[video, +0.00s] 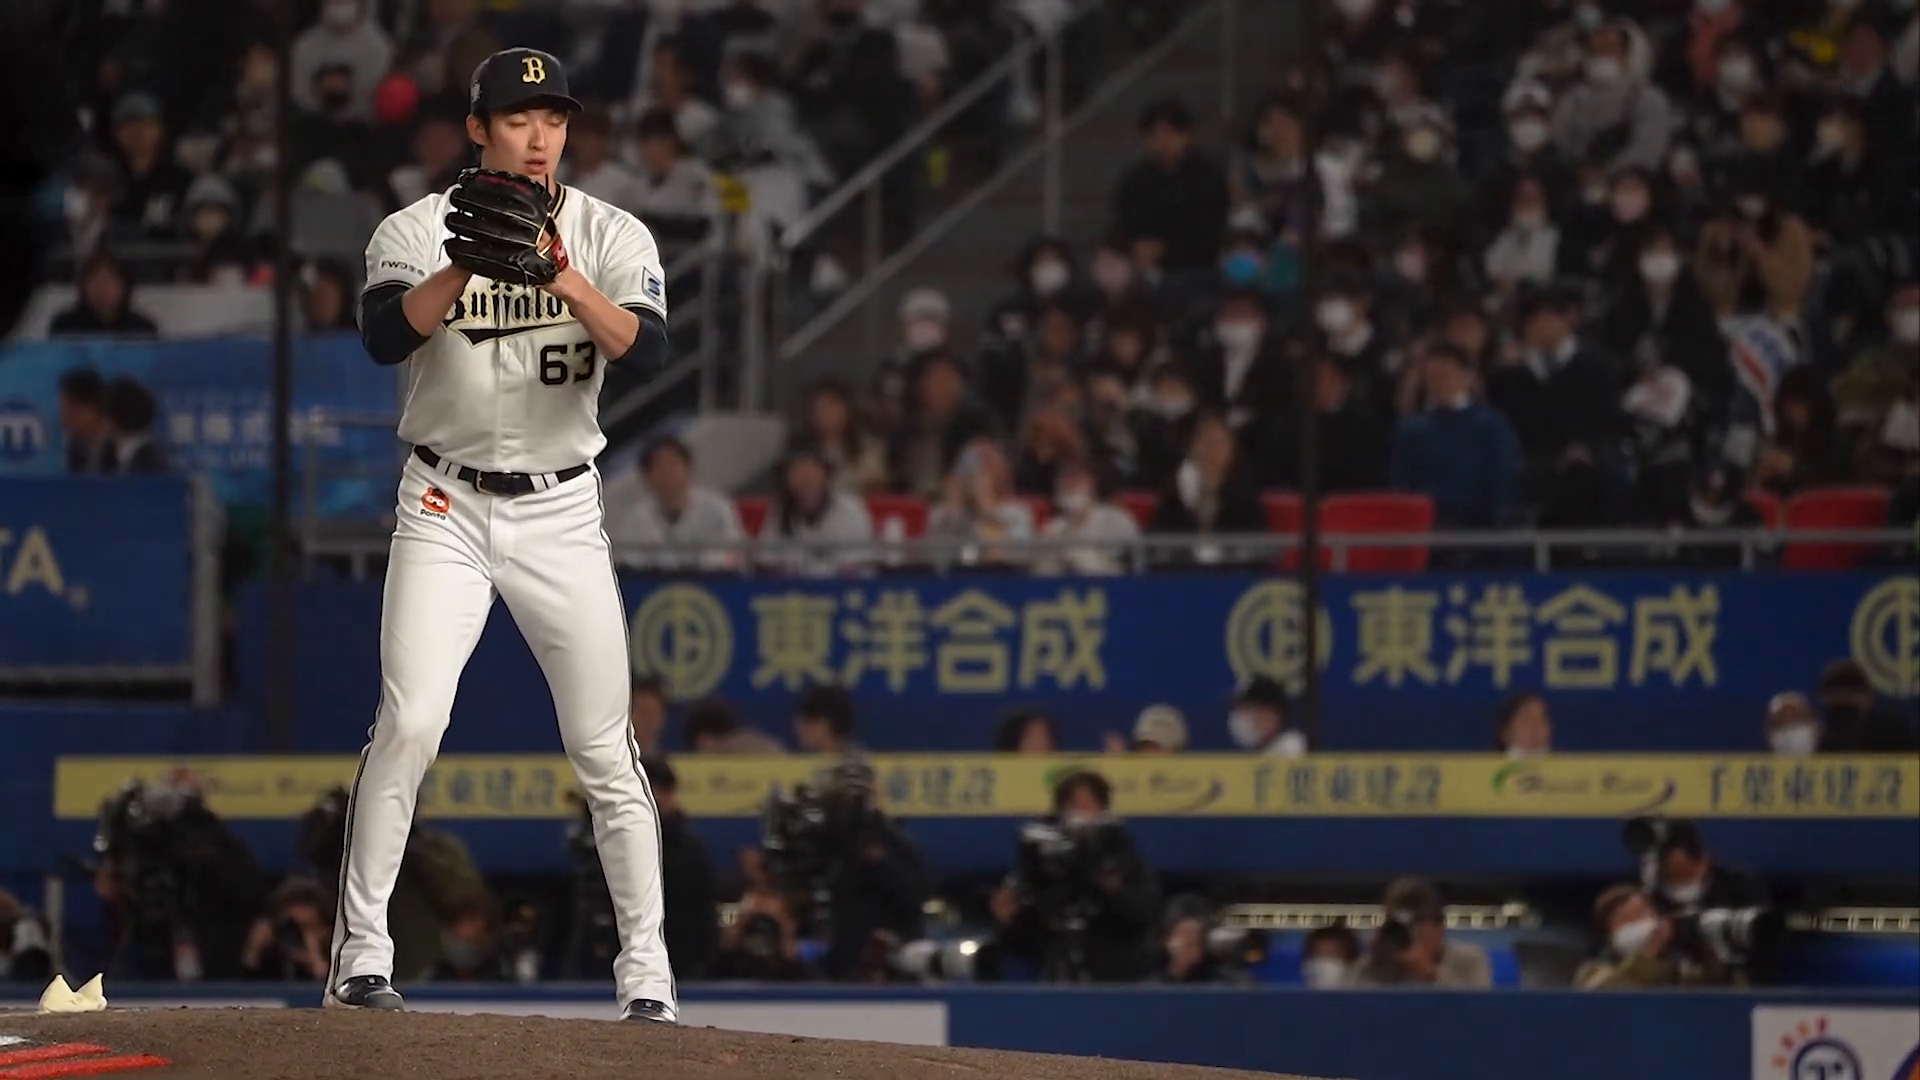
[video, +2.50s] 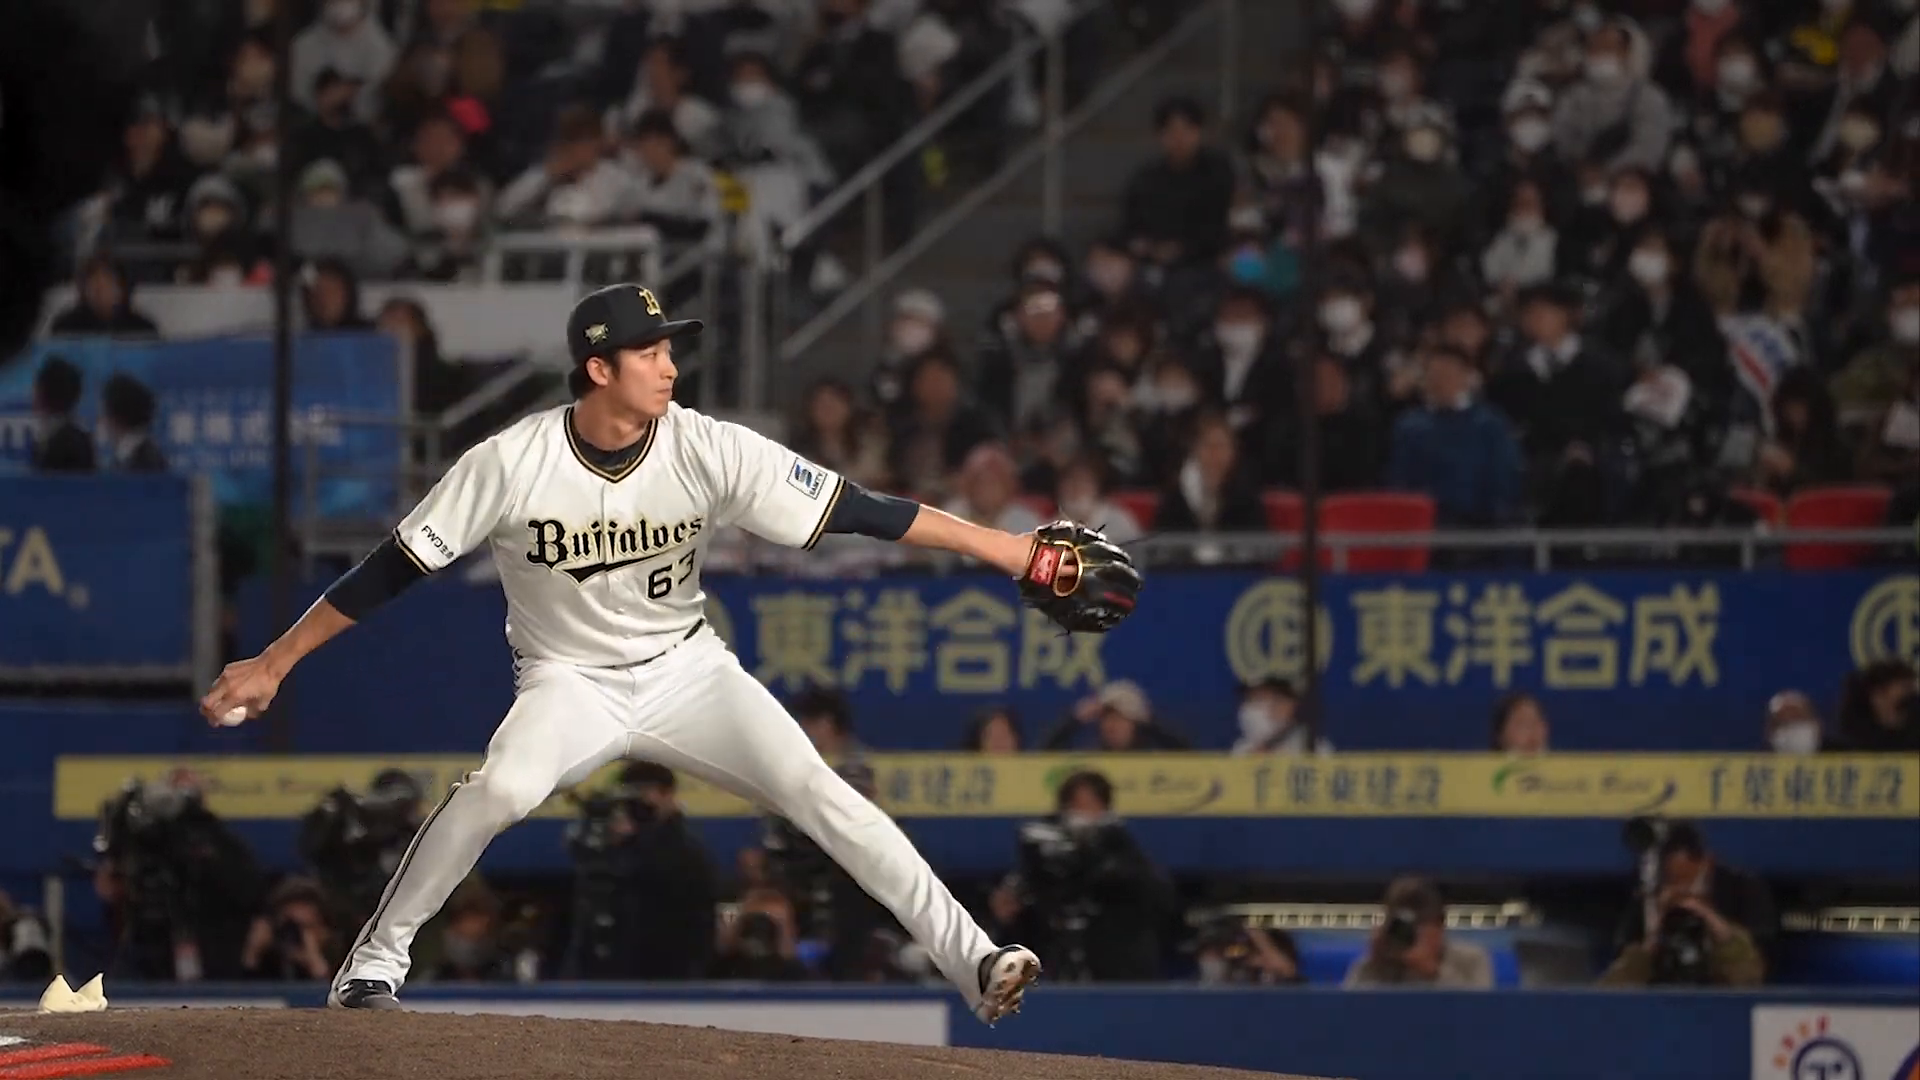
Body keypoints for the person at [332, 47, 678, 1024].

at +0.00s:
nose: (536, 137)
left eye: (549, 119)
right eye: (517, 119)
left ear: (569, 131)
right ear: (477, 129)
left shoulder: (613, 235)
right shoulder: (418, 228)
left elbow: (645, 351)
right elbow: (379, 340)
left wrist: (559, 271)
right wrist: (469, 261)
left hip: (561, 515)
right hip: (442, 507)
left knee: (603, 750)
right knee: (410, 724)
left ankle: (647, 977)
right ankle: (360, 959)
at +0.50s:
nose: (569, 153)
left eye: (583, 137)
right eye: (552, 134)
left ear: (597, 141)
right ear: (506, 132)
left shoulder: (623, 239)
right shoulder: (427, 217)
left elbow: (646, 384)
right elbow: (388, 337)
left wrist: (566, 273)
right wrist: (478, 243)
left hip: (563, 513)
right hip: (443, 503)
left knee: (603, 749)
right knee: (408, 724)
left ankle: (647, 975)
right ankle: (359, 960)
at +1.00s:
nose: (580, 154)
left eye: (591, 137)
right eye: (563, 136)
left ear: (602, 139)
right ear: (514, 131)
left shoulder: (628, 239)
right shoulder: (434, 207)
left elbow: (652, 379)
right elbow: (394, 315)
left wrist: (581, 277)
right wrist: (492, 236)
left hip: (566, 511)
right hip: (448, 500)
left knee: (606, 748)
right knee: (411, 723)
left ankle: (648, 979)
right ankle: (360, 959)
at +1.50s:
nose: (590, 131)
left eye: (593, 115)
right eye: (571, 115)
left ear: (589, 130)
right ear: (518, 127)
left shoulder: (626, 235)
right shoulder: (429, 221)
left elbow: (660, 372)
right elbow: (409, 345)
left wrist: (590, 277)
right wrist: (493, 248)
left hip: (567, 512)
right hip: (448, 503)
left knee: (605, 749)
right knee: (412, 722)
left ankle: (647, 978)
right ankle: (360, 959)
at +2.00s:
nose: (592, 133)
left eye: (593, 118)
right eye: (574, 117)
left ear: (585, 133)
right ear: (517, 128)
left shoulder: (624, 238)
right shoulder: (429, 220)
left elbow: (659, 380)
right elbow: (403, 343)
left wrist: (589, 281)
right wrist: (491, 250)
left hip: (566, 511)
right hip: (447, 501)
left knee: (603, 748)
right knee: (413, 724)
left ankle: (645, 970)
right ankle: (361, 957)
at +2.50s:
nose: (673, 369)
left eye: (673, 353)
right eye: (654, 354)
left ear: (660, 366)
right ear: (594, 367)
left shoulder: (709, 449)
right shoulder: (505, 466)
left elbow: (858, 511)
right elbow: (392, 569)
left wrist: (1006, 548)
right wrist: (275, 662)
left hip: (692, 673)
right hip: (569, 687)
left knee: (815, 789)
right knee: (500, 792)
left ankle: (973, 962)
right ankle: (382, 947)